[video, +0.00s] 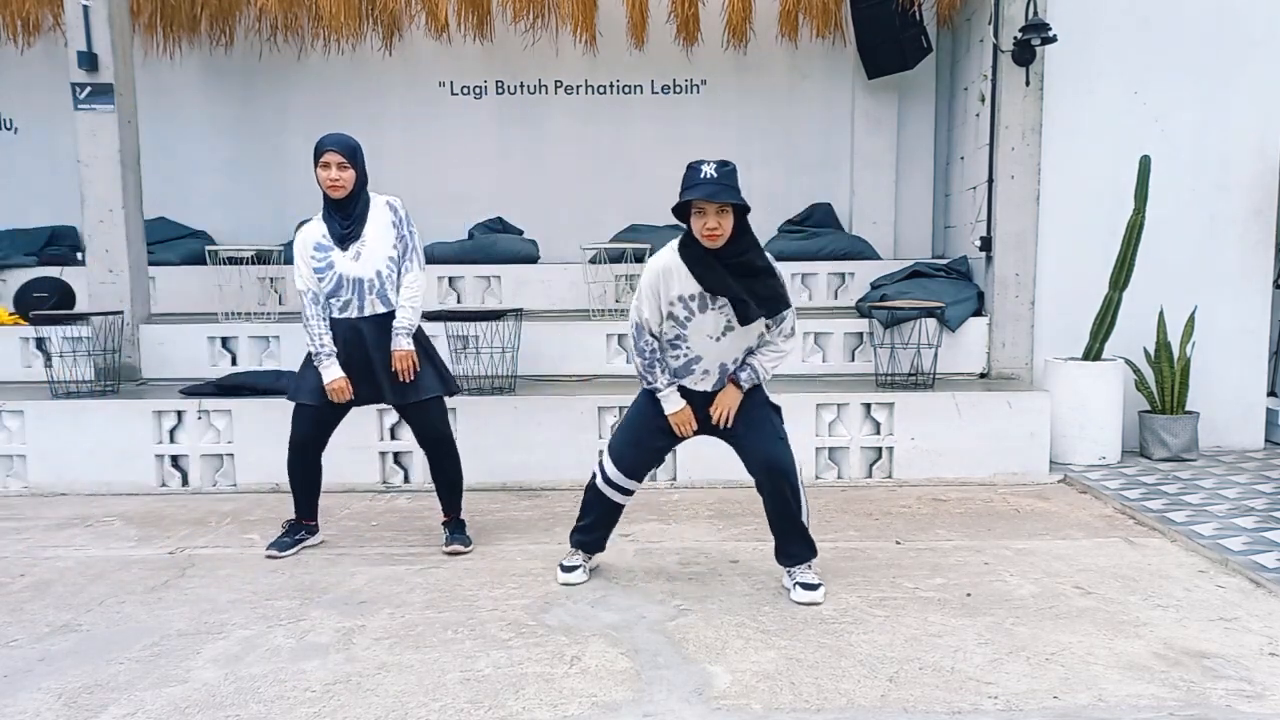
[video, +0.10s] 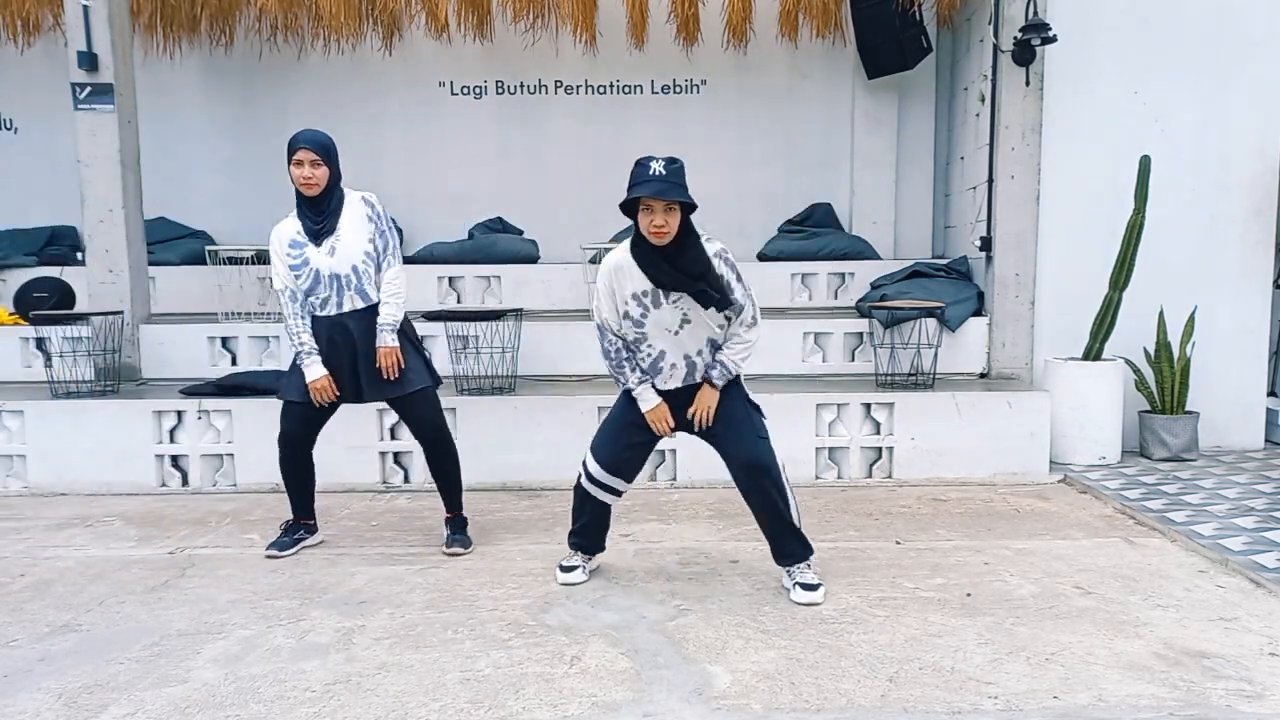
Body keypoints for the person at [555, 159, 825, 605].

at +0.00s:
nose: (711, 223)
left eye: (721, 212)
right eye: (700, 212)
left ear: (737, 214)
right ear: (687, 216)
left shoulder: (759, 267)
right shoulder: (664, 267)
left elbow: (782, 335)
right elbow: (642, 339)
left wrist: (739, 384)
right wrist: (670, 399)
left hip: (738, 392)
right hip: (671, 391)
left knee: (776, 465)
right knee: (620, 461)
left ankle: (799, 564)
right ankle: (583, 548)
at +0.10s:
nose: (658, 220)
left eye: (668, 209)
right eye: (648, 210)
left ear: (684, 211)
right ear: (634, 213)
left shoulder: (712, 255)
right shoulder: (616, 267)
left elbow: (747, 322)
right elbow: (612, 343)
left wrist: (714, 383)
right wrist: (647, 398)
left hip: (714, 387)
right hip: (647, 391)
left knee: (756, 462)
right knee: (600, 465)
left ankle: (796, 562)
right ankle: (584, 549)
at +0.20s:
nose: (620, 196)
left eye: (629, 186)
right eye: (609, 186)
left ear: (645, 188)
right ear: (595, 190)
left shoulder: (675, 231)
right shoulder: (581, 247)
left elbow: (712, 299)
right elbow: (591, 326)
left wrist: (696, 366)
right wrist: (628, 379)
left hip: (692, 363)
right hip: (628, 370)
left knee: (745, 451)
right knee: (591, 458)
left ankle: (801, 553)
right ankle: (581, 547)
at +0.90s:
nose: (654, 242)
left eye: (664, 233)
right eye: (644, 231)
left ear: (677, 235)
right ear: (628, 232)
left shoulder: (697, 269)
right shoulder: (606, 275)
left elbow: (754, 313)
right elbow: (569, 332)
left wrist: (733, 369)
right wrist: (594, 381)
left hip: (697, 383)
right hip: (630, 388)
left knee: (752, 454)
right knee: (585, 464)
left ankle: (791, 551)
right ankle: (583, 549)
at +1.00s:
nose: (703, 258)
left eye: (713, 248)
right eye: (693, 247)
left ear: (725, 250)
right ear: (677, 248)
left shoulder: (739, 293)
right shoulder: (643, 288)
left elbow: (787, 336)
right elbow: (596, 334)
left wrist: (755, 380)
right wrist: (613, 388)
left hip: (718, 396)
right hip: (649, 398)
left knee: (766, 462)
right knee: (595, 467)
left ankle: (792, 554)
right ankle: (582, 550)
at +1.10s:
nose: (742, 228)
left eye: (752, 218)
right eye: (732, 217)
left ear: (766, 222)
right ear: (716, 219)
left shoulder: (776, 273)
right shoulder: (679, 260)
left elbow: (809, 329)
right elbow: (628, 310)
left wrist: (769, 374)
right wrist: (628, 369)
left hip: (734, 387)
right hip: (663, 382)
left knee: (775, 457)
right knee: (607, 453)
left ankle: (792, 552)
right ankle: (579, 547)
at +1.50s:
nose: (773, 169)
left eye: (783, 160)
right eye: (763, 159)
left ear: (797, 164)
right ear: (748, 161)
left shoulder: (810, 228)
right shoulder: (716, 206)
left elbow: (822, 305)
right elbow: (673, 274)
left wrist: (799, 357)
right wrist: (662, 338)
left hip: (765, 360)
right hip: (699, 350)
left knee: (781, 459)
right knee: (650, 450)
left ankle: (792, 552)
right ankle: (605, 540)